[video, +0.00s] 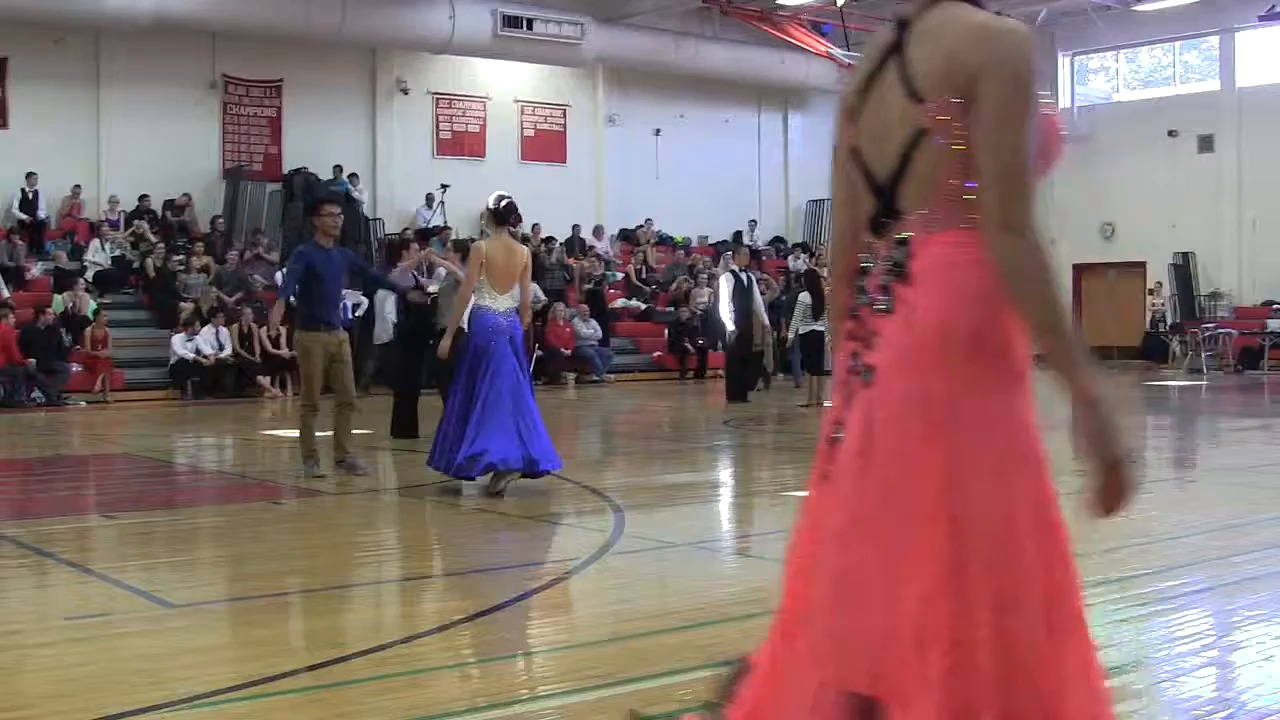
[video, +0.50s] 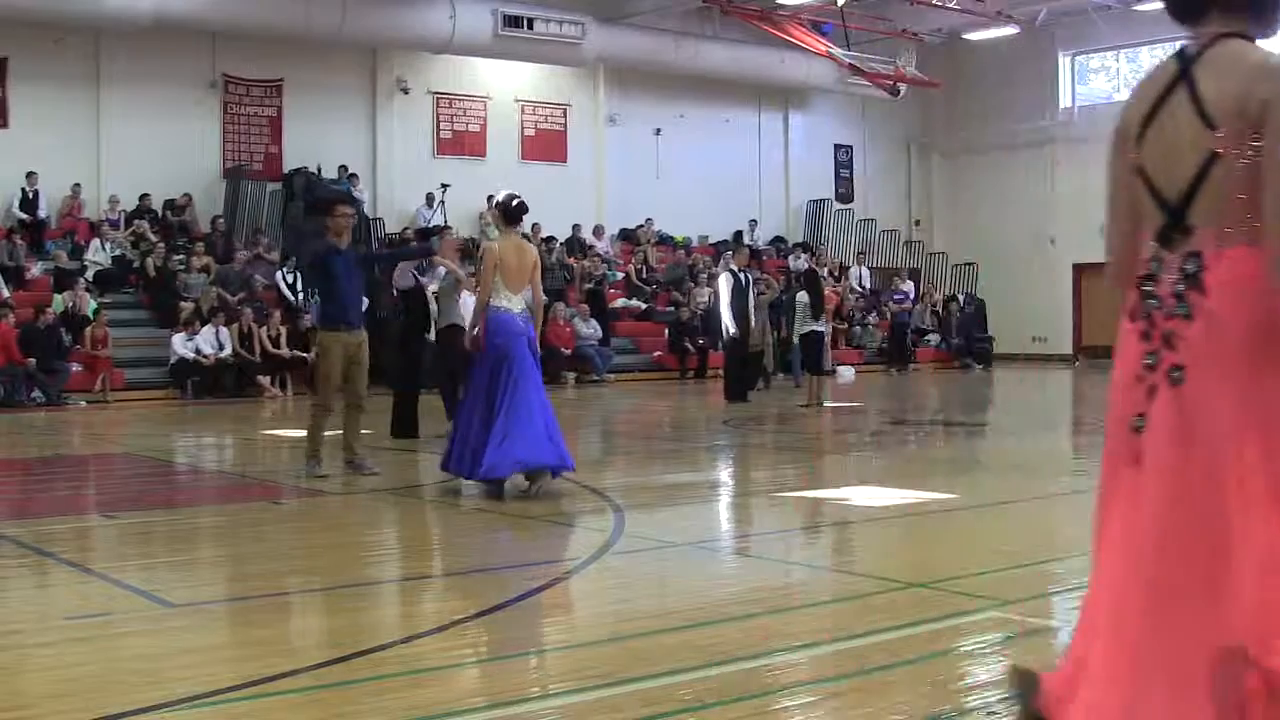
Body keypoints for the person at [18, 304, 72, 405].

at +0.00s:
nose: (52, 317)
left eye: (53, 314)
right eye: (49, 314)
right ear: (41, 316)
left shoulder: (54, 330)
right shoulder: (28, 330)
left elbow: (60, 348)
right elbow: (23, 348)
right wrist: (27, 359)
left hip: (50, 360)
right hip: (34, 361)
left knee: (64, 369)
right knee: (31, 372)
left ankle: (50, 394)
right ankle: (54, 394)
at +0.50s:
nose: (52, 317)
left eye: (52, 314)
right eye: (49, 314)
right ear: (41, 316)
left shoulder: (53, 329)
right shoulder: (28, 329)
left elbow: (60, 348)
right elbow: (24, 347)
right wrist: (27, 358)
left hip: (50, 359)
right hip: (33, 360)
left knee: (64, 369)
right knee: (31, 371)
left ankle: (49, 393)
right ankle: (54, 394)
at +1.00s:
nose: (52, 317)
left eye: (53, 314)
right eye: (49, 314)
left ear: (54, 315)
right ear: (41, 316)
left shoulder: (54, 329)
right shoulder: (28, 329)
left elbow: (60, 348)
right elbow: (23, 345)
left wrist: (61, 360)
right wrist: (27, 358)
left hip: (50, 360)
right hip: (34, 360)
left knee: (65, 368)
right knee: (31, 370)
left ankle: (53, 395)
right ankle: (52, 394)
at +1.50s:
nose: (52, 317)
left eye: (52, 314)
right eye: (49, 314)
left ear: (54, 316)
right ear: (41, 316)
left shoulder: (54, 329)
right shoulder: (29, 329)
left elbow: (60, 348)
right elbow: (25, 347)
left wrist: (61, 361)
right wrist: (29, 358)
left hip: (50, 360)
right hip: (35, 361)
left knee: (65, 368)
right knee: (31, 371)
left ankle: (53, 394)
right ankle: (51, 394)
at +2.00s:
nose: (52, 317)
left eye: (52, 314)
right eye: (49, 314)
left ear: (54, 315)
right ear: (41, 316)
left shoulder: (54, 329)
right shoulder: (28, 329)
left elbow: (60, 348)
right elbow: (24, 346)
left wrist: (61, 361)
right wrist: (28, 359)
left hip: (49, 360)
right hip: (34, 361)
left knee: (65, 367)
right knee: (31, 370)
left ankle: (54, 393)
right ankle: (51, 393)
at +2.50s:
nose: (53, 317)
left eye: (53, 314)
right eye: (50, 314)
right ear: (41, 316)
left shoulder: (54, 328)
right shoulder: (29, 328)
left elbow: (60, 347)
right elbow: (24, 344)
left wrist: (61, 359)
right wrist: (29, 358)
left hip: (50, 360)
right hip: (35, 361)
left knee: (64, 367)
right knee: (31, 371)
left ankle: (55, 394)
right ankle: (50, 394)